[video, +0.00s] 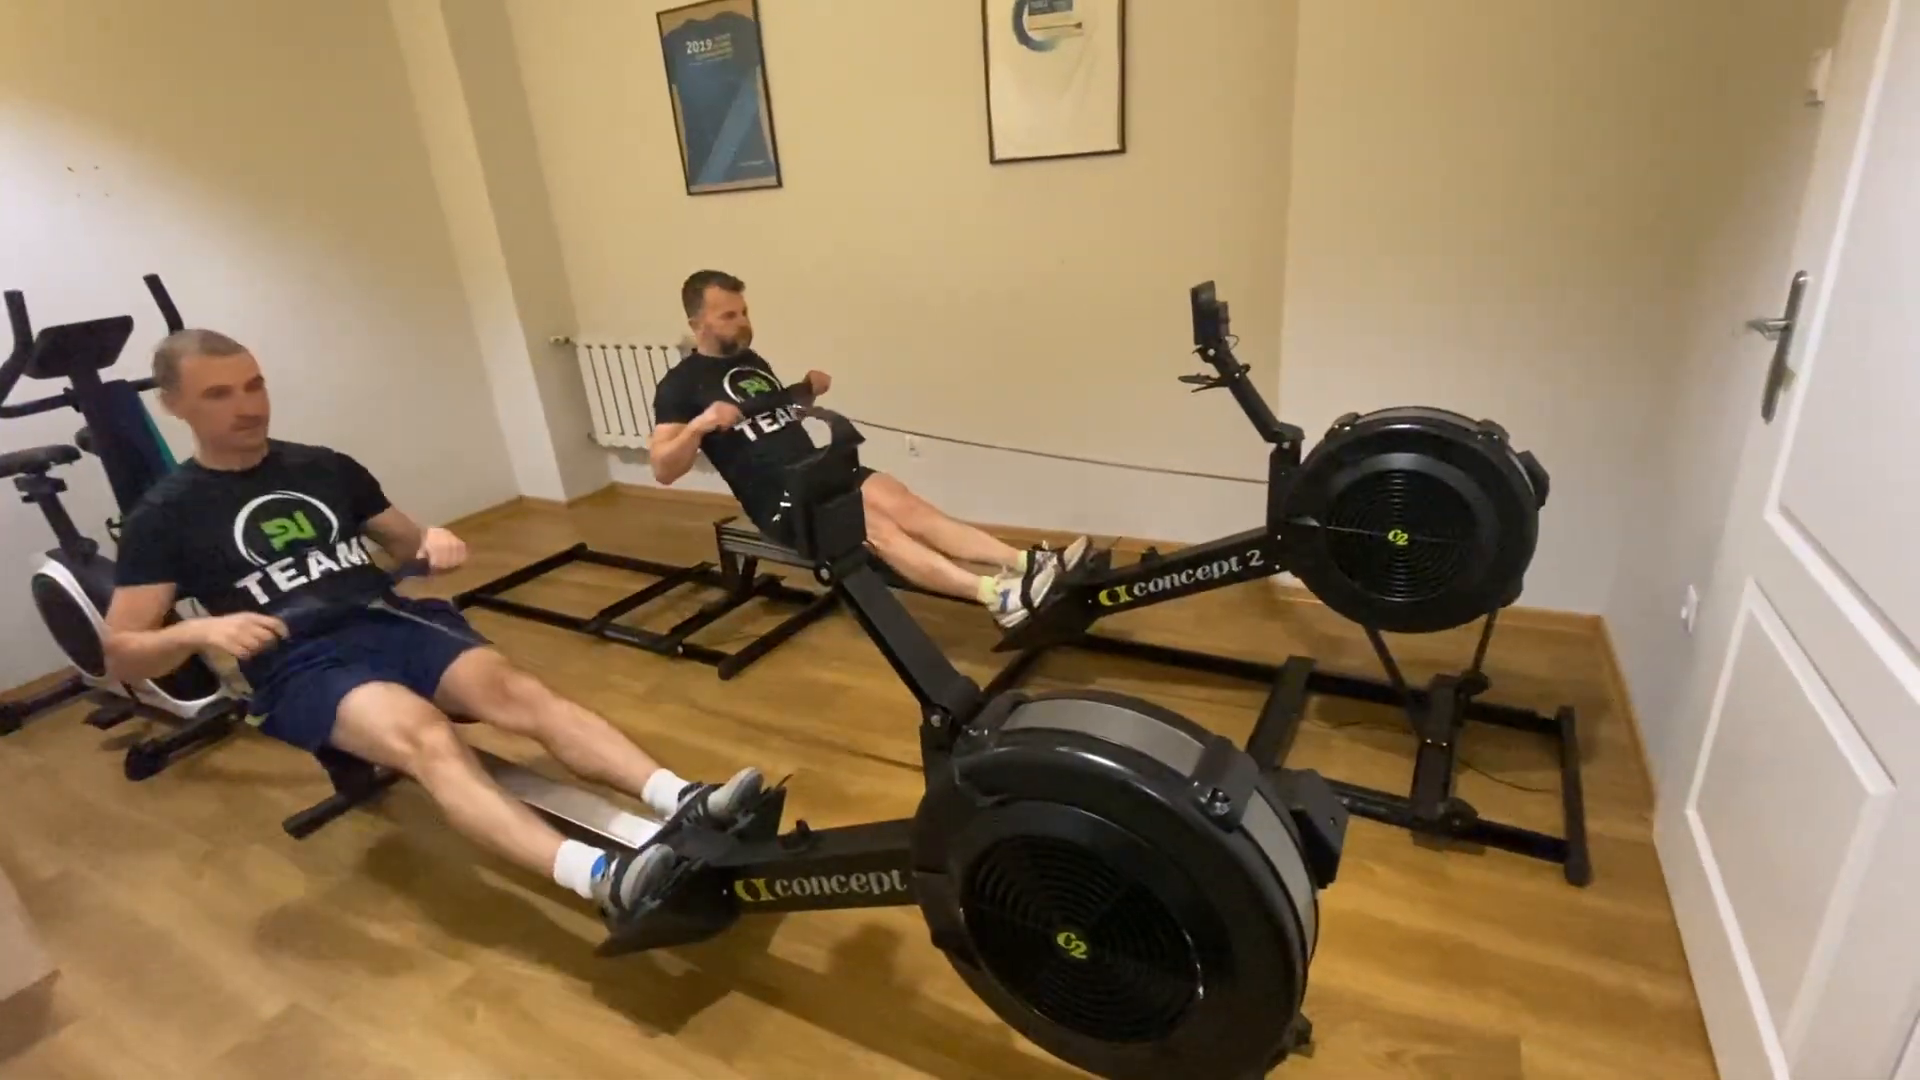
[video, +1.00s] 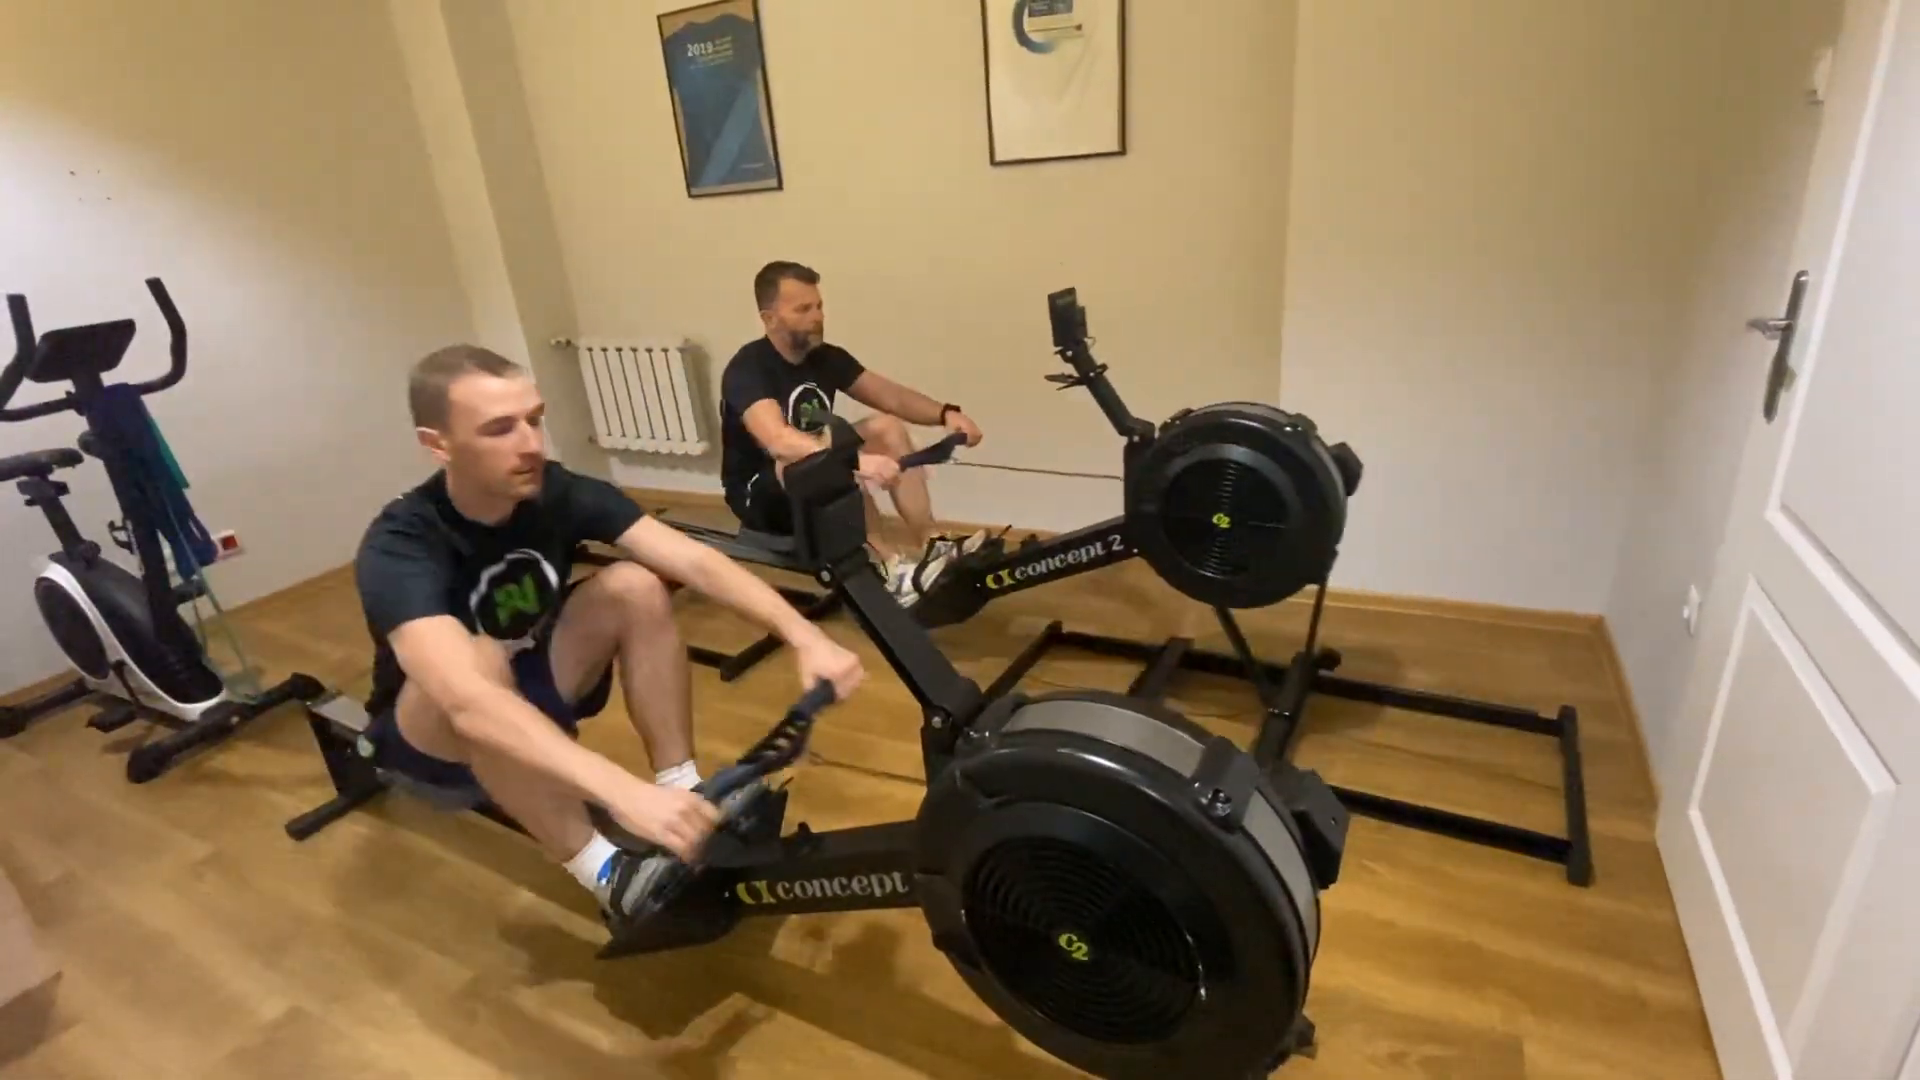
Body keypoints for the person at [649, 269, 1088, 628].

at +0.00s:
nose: (742, 323)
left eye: (743, 312)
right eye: (729, 315)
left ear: (744, 311)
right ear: (696, 321)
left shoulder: (751, 362)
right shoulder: (679, 383)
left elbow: (776, 412)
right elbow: (663, 467)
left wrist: (806, 390)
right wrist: (699, 426)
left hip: (829, 473)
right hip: (784, 499)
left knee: (908, 506)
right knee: (878, 532)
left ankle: (1028, 565)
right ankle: (997, 596)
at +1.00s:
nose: (818, 317)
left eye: (819, 307)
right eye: (804, 310)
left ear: (821, 303)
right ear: (769, 317)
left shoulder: (826, 358)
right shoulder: (746, 369)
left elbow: (888, 395)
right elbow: (779, 442)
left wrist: (945, 413)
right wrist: (854, 462)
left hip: (818, 476)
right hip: (762, 496)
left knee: (888, 429)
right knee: (818, 460)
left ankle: (932, 548)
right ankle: (892, 566)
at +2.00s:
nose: (768, 310)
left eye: (768, 298)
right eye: (754, 304)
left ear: (771, 295)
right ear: (722, 312)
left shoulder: (786, 352)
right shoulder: (714, 372)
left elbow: (852, 387)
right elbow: (759, 423)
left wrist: (906, 395)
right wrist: (823, 436)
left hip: (826, 479)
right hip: (777, 500)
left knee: (906, 484)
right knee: (871, 508)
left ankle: (1008, 567)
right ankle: (975, 597)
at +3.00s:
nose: (782, 317)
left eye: (782, 307)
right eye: (769, 310)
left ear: (784, 307)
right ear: (736, 319)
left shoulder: (792, 360)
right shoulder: (717, 380)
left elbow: (837, 403)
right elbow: (709, 458)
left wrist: (876, 405)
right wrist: (772, 442)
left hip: (831, 481)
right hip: (785, 505)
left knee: (917, 480)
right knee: (879, 502)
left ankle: (1011, 568)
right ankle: (978, 597)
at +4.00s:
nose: (878, 342)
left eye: (878, 331)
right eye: (865, 334)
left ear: (880, 330)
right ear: (828, 346)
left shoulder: (885, 382)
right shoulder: (812, 400)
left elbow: (970, 414)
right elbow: (881, 448)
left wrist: (1037, 435)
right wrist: (967, 483)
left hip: (840, 503)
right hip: (788, 515)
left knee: (911, 423)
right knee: (853, 434)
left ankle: (925, 552)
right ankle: (869, 567)